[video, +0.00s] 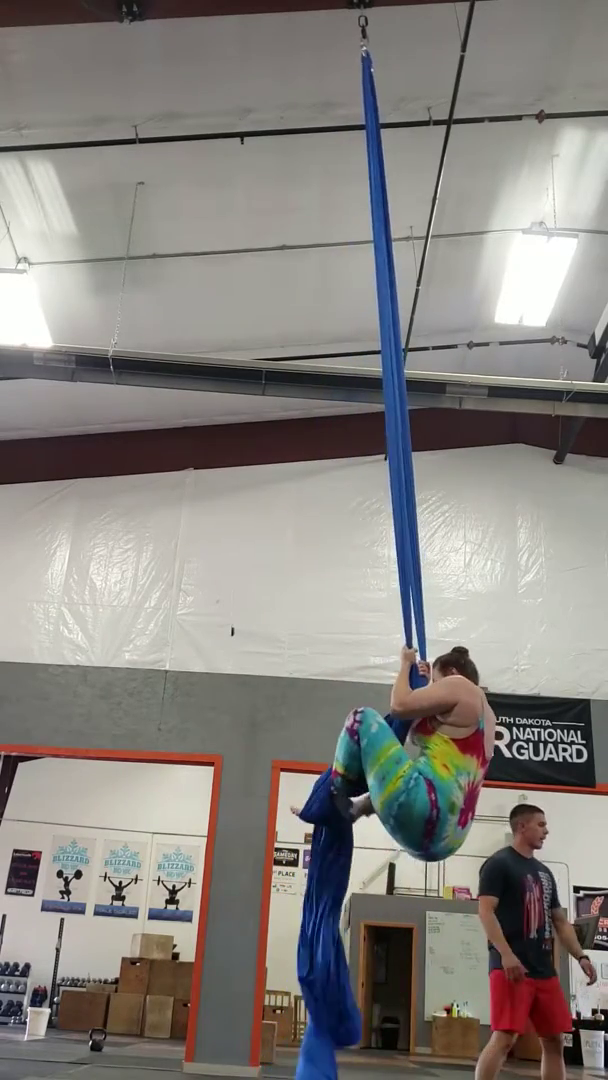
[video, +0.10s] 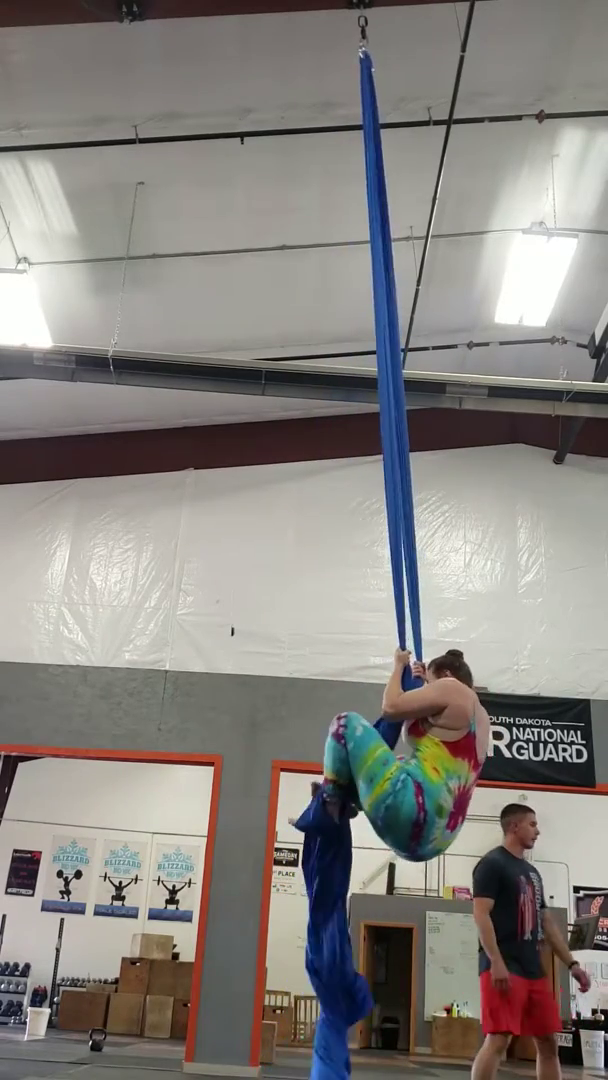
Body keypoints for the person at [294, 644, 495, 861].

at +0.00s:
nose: (435, 686)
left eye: (437, 680)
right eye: (433, 681)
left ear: (451, 672)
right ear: (466, 672)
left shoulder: (459, 687)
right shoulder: (488, 715)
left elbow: (401, 705)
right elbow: (447, 722)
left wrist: (405, 665)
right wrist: (429, 683)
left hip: (421, 813)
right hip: (442, 846)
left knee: (361, 719)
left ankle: (340, 790)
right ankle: (357, 809)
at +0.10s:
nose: (430, 686)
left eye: (432, 681)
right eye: (428, 682)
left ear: (446, 675)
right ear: (466, 679)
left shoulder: (452, 689)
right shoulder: (482, 716)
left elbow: (391, 707)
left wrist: (398, 666)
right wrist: (426, 684)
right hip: (431, 845)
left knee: (346, 724)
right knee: (399, 762)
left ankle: (332, 803)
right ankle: (351, 801)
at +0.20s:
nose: (421, 688)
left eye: (425, 682)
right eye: (421, 683)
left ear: (440, 678)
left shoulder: (444, 694)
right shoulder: (474, 719)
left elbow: (383, 709)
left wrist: (390, 669)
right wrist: (413, 687)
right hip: (420, 846)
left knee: (325, 737)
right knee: (384, 763)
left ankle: (323, 813)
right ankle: (336, 807)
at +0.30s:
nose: (415, 689)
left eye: (416, 684)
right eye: (414, 685)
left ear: (430, 681)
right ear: (446, 683)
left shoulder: (433, 697)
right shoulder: (460, 720)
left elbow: (370, 712)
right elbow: (390, 742)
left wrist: (377, 673)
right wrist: (392, 690)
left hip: (390, 824)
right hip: (409, 848)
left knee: (306, 752)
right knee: (363, 766)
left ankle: (320, 830)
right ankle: (315, 826)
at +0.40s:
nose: (402, 691)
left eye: (403, 686)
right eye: (401, 687)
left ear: (418, 682)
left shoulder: (418, 700)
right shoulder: (443, 721)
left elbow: (356, 713)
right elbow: (376, 743)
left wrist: (361, 674)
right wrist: (375, 692)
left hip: (376, 826)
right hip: (398, 849)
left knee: (289, 768)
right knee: (335, 768)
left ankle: (311, 844)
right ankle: (307, 838)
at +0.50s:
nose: (387, 688)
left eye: (389, 682)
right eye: (387, 683)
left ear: (406, 681)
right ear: (413, 685)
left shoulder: (403, 703)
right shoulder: (423, 720)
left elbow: (340, 714)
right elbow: (358, 743)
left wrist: (346, 676)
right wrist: (357, 693)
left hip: (362, 826)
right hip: (381, 851)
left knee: (272, 775)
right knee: (309, 773)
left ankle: (299, 852)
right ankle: (293, 847)